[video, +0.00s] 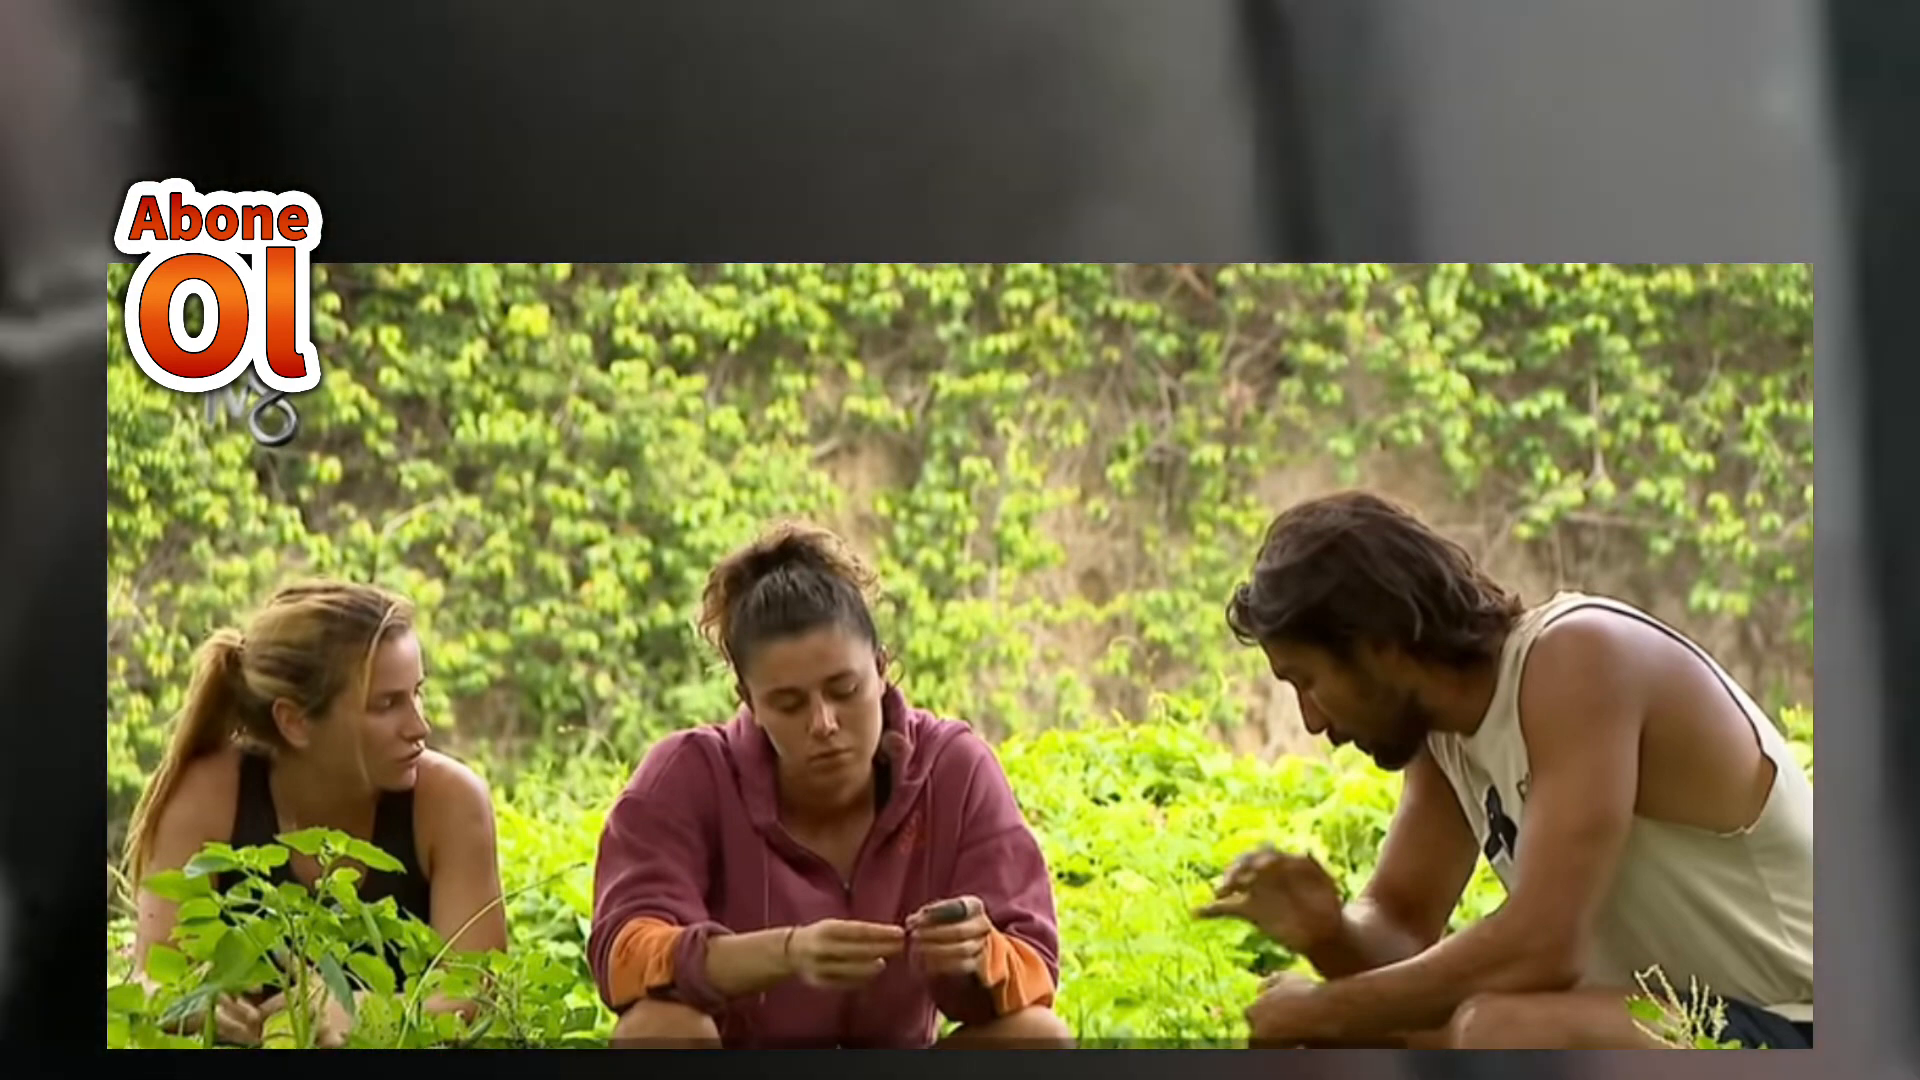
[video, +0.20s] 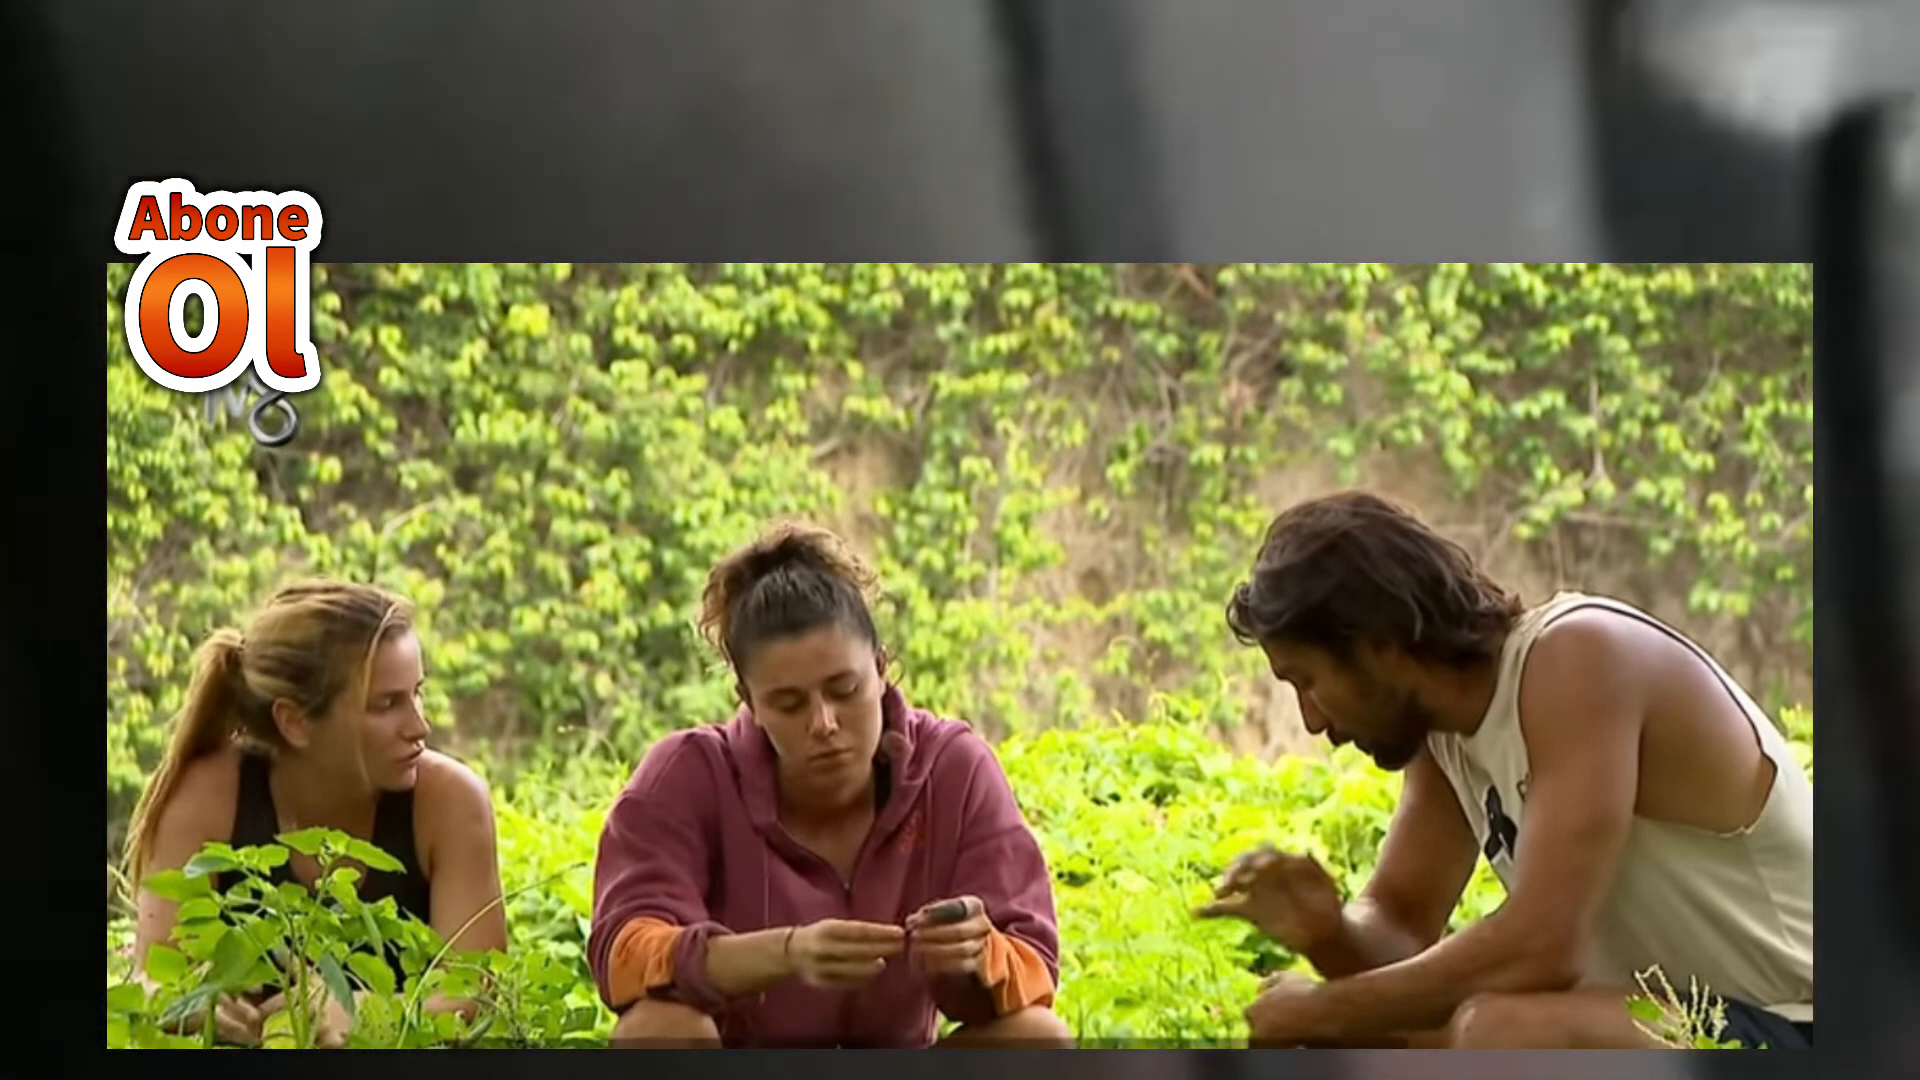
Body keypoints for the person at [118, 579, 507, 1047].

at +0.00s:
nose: (420, 725)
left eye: (417, 695)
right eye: (388, 705)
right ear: (295, 723)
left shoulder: (451, 800)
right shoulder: (205, 792)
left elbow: (470, 1003)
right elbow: (153, 984)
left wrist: (354, 1013)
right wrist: (200, 1009)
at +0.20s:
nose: (420, 725)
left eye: (417, 695)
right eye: (388, 704)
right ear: (295, 723)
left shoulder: (451, 799)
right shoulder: (206, 791)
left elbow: (471, 1001)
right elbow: (152, 982)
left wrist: (355, 1013)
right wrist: (197, 1008)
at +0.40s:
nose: (420, 725)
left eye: (417, 695)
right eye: (388, 705)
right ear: (295, 723)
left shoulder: (451, 799)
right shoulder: (206, 792)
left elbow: (471, 1001)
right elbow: (153, 982)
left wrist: (354, 1013)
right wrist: (200, 1009)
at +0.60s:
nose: (420, 725)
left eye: (417, 695)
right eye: (388, 705)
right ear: (295, 722)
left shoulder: (451, 799)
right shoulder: (205, 792)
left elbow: (470, 1001)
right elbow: (153, 984)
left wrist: (354, 1013)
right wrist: (199, 1009)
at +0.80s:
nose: (420, 725)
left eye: (417, 695)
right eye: (388, 705)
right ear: (295, 723)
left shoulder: (451, 799)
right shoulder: (206, 791)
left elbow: (471, 1001)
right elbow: (152, 983)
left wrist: (355, 1012)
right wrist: (197, 1008)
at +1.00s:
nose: (420, 725)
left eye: (417, 695)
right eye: (388, 705)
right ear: (295, 723)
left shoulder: (451, 799)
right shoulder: (205, 792)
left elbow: (470, 1002)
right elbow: (153, 984)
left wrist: (354, 1013)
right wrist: (198, 1008)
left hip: (384, 1069)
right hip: (237, 1066)